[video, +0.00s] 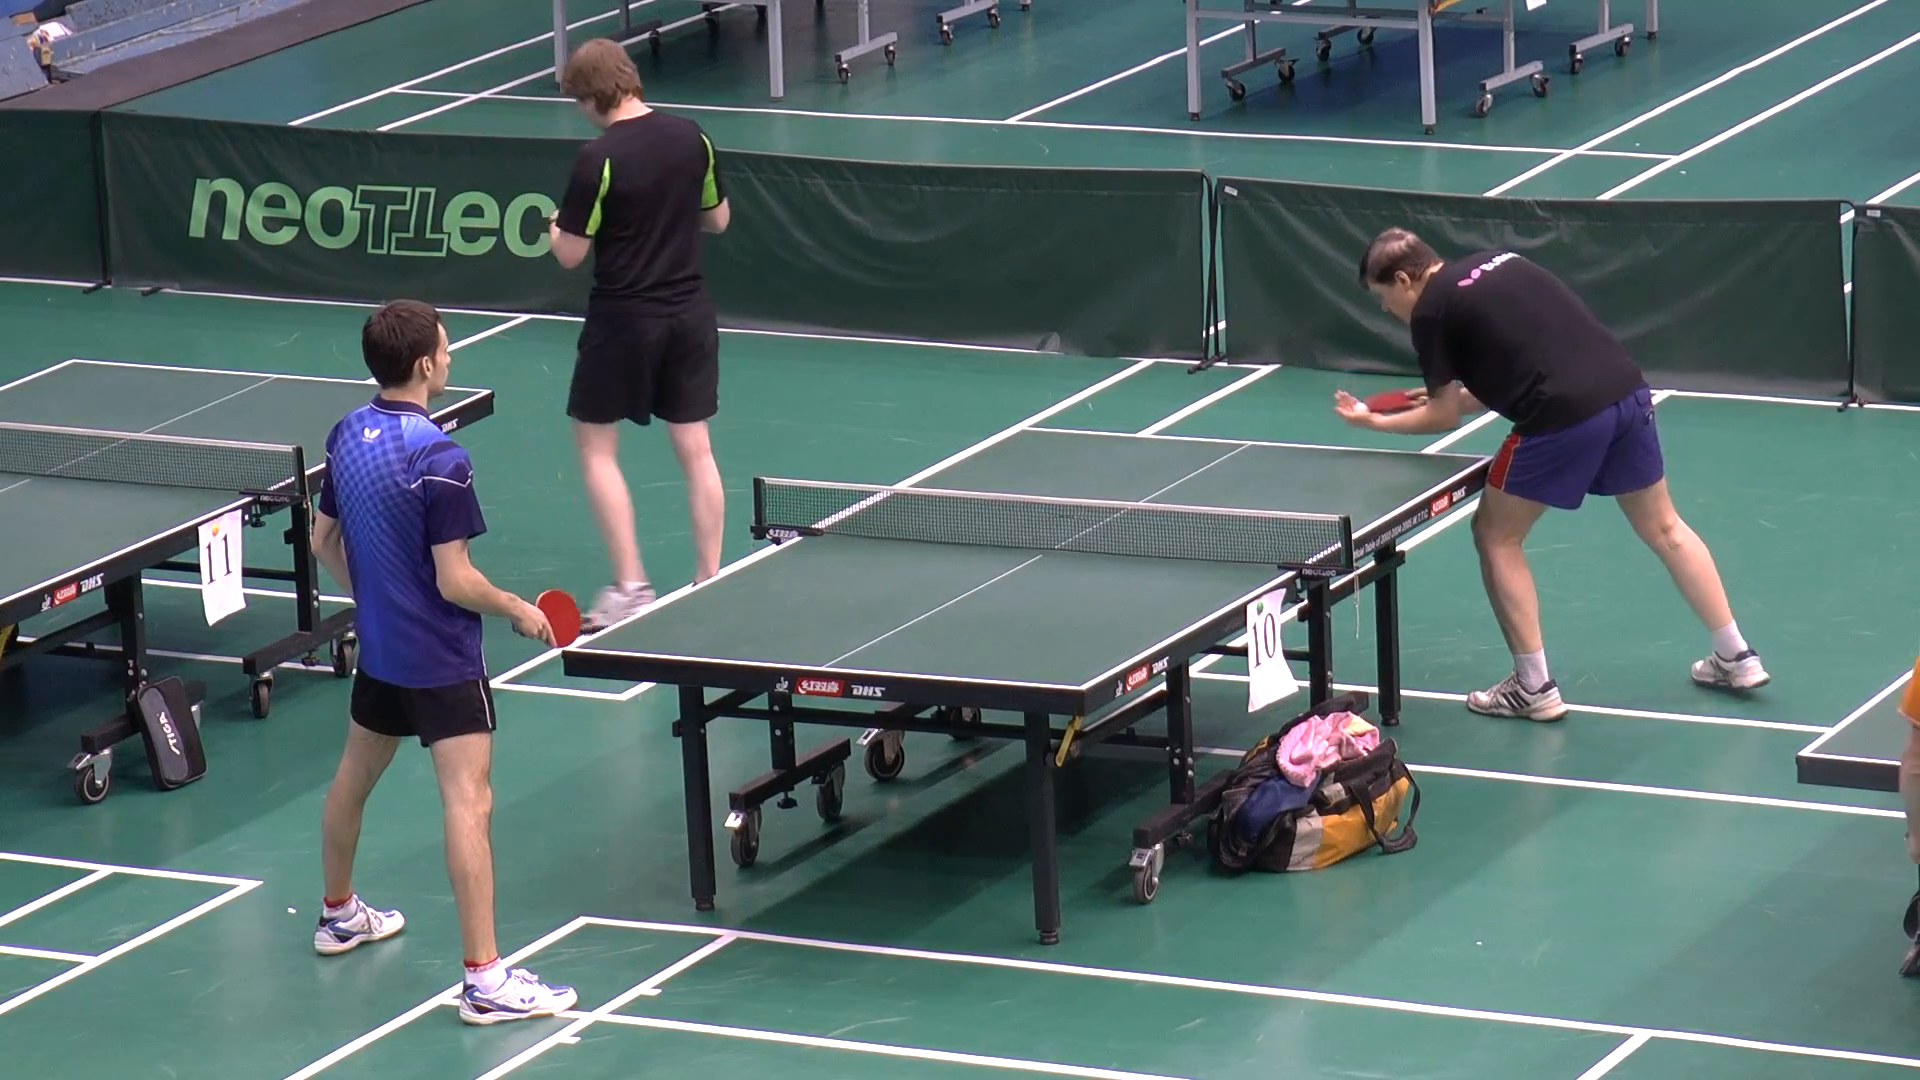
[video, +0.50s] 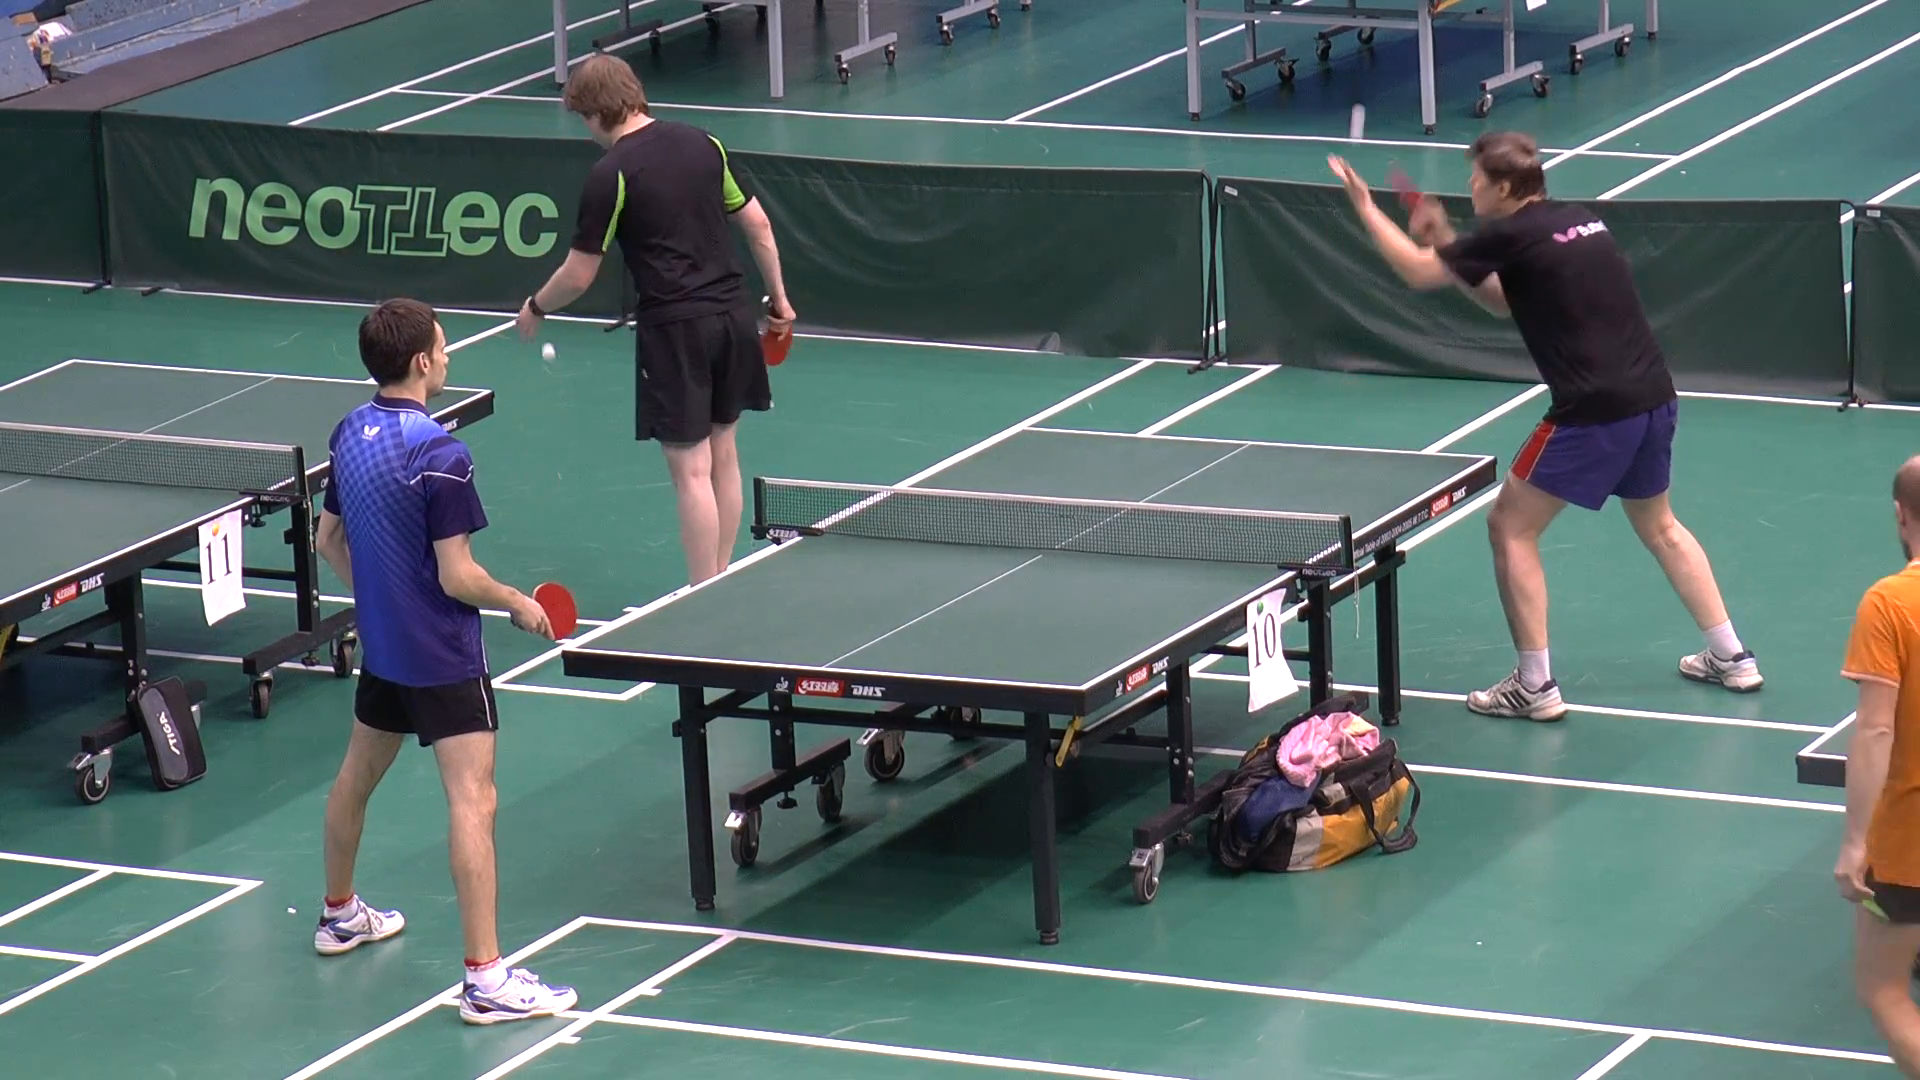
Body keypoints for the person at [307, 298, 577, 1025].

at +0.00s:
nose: (449, 355)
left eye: (445, 345)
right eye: (445, 347)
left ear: (378, 365)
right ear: (428, 363)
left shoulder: (348, 432)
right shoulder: (440, 454)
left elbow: (325, 541)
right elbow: (454, 578)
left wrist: (376, 595)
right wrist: (519, 609)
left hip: (380, 652)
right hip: (441, 660)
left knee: (353, 779)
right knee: (469, 803)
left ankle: (339, 912)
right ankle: (485, 975)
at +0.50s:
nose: (445, 356)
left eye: (442, 344)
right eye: (441, 346)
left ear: (376, 365)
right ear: (425, 360)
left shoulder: (350, 430)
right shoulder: (439, 448)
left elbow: (329, 538)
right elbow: (457, 575)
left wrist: (380, 596)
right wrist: (517, 602)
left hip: (383, 648)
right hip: (443, 655)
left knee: (355, 780)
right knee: (473, 802)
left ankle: (340, 912)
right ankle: (486, 974)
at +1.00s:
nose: (452, 353)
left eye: (448, 342)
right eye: (447, 344)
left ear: (385, 363)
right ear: (427, 361)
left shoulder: (353, 429)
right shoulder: (435, 454)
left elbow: (330, 539)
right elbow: (441, 578)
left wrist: (378, 601)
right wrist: (501, 618)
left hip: (380, 648)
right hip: (437, 656)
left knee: (354, 777)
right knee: (470, 804)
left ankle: (339, 912)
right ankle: (485, 975)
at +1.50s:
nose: (500, 380)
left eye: (498, 368)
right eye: (497, 370)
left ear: (429, 377)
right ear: (480, 380)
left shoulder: (385, 440)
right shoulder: (475, 474)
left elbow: (335, 543)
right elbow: (502, 597)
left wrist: (386, 595)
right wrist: (555, 600)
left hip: (393, 658)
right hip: (458, 668)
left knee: (371, 779)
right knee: (526, 801)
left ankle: (350, 912)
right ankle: (490, 975)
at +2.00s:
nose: (524, 418)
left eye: (524, 406)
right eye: (521, 406)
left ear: (458, 402)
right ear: (493, 410)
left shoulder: (404, 460)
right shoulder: (481, 490)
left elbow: (357, 562)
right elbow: (525, 609)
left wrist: (424, 595)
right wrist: (613, 623)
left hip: (408, 676)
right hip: (469, 686)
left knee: (416, 778)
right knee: (572, 808)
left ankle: (346, 926)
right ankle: (495, 966)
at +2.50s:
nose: (830, 477)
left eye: (827, 464)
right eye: (825, 466)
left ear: (757, 460)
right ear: (795, 471)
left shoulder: (680, 491)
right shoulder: (790, 546)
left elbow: (562, 515)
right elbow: (905, 611)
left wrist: (467, 537)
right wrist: (1005, 614)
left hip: (604, 694)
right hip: (688, 708)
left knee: (508, 795)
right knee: (847, 769)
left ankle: (402, 919)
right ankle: (885, 939)